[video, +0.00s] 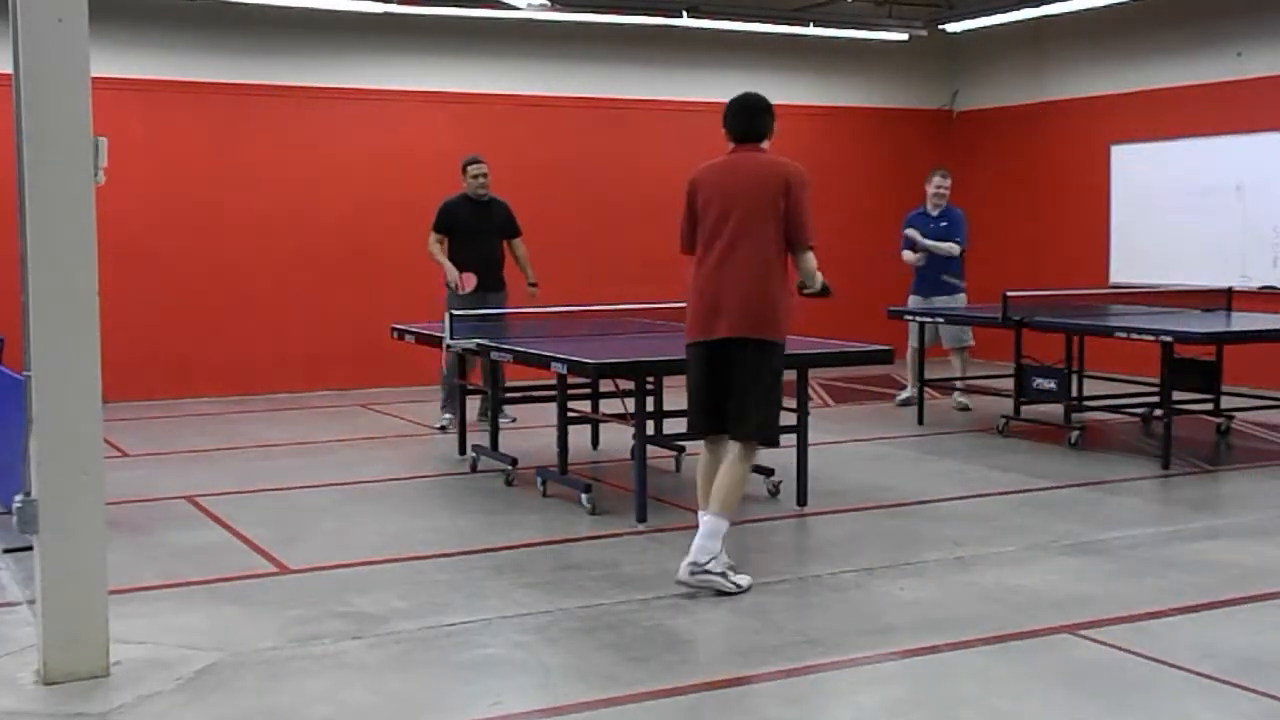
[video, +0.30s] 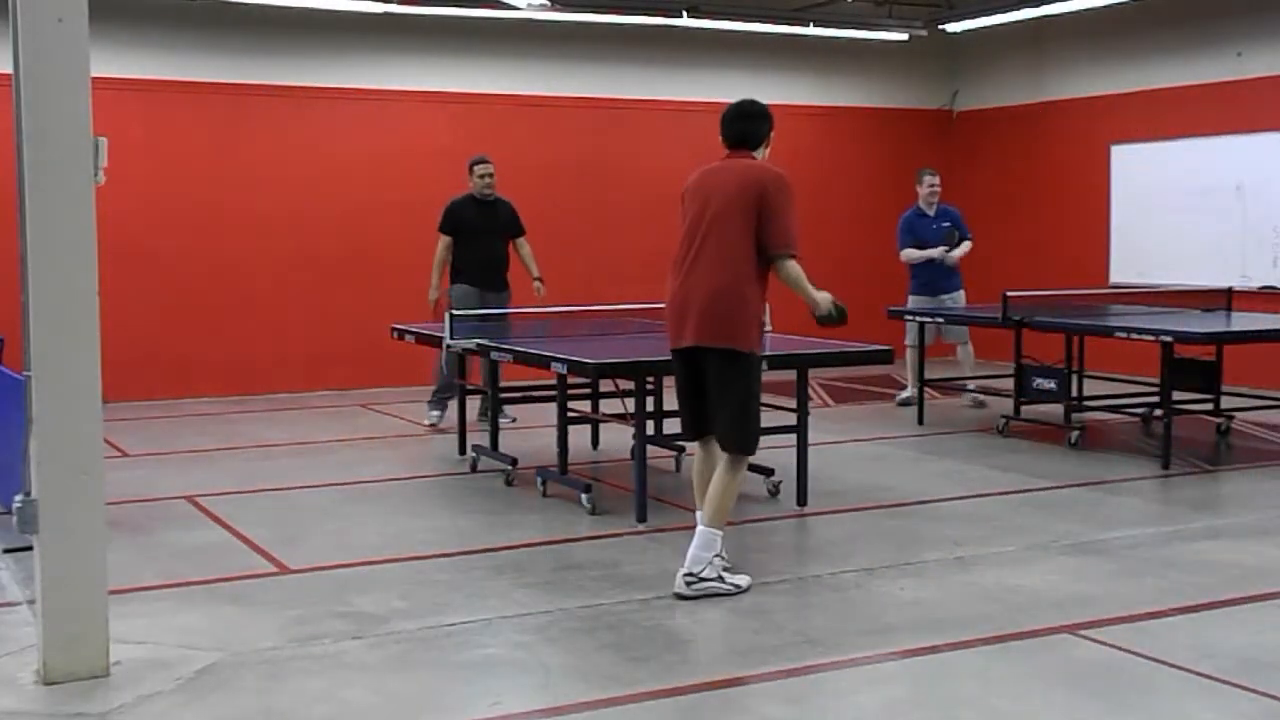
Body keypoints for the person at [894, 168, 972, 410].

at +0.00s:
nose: (942, 192)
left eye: (946, 189)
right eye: (938, 187)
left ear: (950, 191)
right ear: (927, 188)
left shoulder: (955, 217)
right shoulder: (913, 219)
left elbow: (955, 249)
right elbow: (905, 252)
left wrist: (922, 242)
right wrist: (915, 258)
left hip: (950, 289)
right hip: (921, 289)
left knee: (957, 346)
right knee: (914, 344)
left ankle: (960, 391)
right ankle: (912, 388)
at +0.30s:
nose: (935, 190)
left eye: (938, 186)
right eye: (930, 186)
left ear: (941, 188)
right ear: (918, 189)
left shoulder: (951, 215)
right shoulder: (908, 220)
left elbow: (967, 241)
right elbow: (905, 254)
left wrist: (956, 255)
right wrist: (932, 252)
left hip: (952, 289)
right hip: (921, 292)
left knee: (962, 339)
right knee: (913, 343)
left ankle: (970, 387)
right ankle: (913, 387)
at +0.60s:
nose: (960, 194)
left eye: (962, 190)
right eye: (955, 191)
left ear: (964, 193)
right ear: (942, 193)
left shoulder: (967, 220)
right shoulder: (929, 222)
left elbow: (972, 246)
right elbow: (920, 254)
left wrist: (982, 265)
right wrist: (945, 258)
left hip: (965, 291)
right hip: (935, 293)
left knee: (983, 338)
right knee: (919, 342)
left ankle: (993, 383)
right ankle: (913, 387)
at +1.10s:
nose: (966, 203)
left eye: (969, 199)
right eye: (961, 200)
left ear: (973, 200)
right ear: (951, 202)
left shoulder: (986, 225)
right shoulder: (941, 229)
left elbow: (1008, 249)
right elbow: (923, 258)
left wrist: (1006, 267)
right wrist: (919, 279)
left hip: (982, 298)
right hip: (949, 298)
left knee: (997, 343)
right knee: (934, 344)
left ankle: (993, 385)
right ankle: (920, 389)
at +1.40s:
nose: (935, 207)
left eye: (938, 202)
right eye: (930, 204)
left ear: (947, 199)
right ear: (926, 206)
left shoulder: (967, 222)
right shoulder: (925, 230)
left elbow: (993, 246)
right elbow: (924, 262)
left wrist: (979, 270)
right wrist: (911, 265)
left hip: (972, 295)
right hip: (939, 296)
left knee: (986, 343)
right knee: (926, 343)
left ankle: (993, 384)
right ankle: (920, 388)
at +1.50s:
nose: (936, 202)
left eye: (939, 197)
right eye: (931, 199)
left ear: (945, 196)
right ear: (924, 202)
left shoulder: (964, 219)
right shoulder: (921, 226)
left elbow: (987, 245)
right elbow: (923, 257)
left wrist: (970, 265)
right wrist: (933, 238)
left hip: (967, 293)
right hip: (936, 294)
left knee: (982, 341)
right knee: (926, 343)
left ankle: (991, 383)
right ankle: (920, 388)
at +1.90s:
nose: (969, 198)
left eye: (971, 194)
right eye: (964, 194)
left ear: (974, 196)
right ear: (952, 196)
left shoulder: (977, 222)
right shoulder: (939, 226)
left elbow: (986, 249)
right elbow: (932, 257)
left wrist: (992, 268)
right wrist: (956, 258)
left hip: (973, 294)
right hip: (943, 297)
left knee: (987, 340)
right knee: (930, 346)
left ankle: (992, 384)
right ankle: (920, 389)